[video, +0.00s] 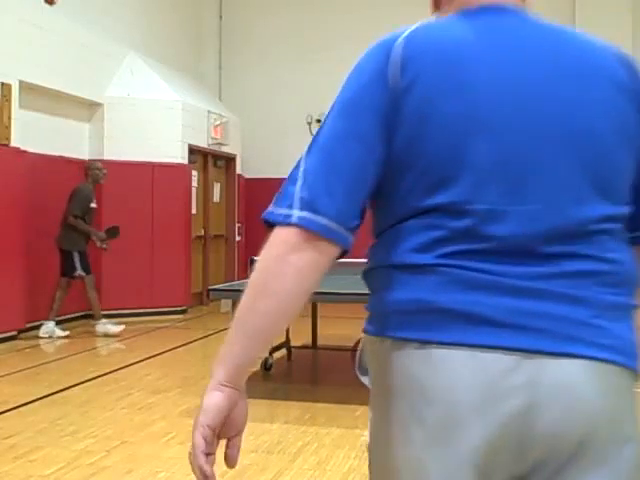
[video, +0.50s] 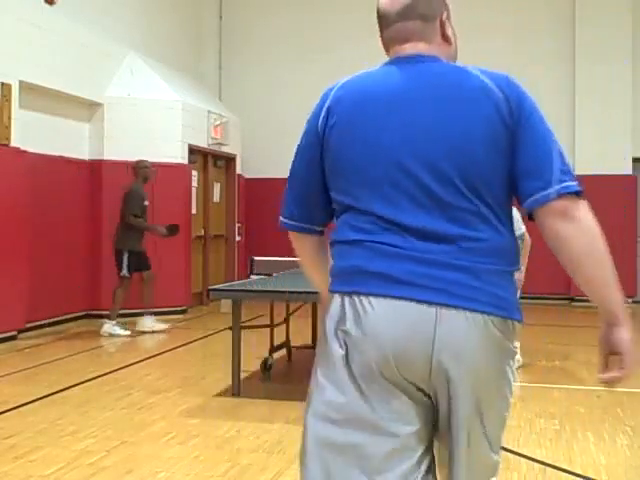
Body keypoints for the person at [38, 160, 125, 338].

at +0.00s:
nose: (104, 173)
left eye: (103, 170)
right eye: (100, 170)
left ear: (95, 173)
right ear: (90, 172)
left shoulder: (89, 192)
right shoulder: (83, 191)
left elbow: (83, 221)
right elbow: (72, 218)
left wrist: (96, 239)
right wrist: (94, 233)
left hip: (72, 242)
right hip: (73, 243)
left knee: (64, 283)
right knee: (89, 280)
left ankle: (49, 324)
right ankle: (100, 322)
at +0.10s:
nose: (112, 174)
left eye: (112, 171)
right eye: (108, 171)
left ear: (107, 175)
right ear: (99, 174)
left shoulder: (99, 195)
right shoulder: (92, 194)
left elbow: (94, 223)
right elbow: (82, 222)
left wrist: (106, 240)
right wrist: (106, 234)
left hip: (83, 245)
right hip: (84, 246)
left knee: (74, 283)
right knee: (102, 280)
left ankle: (51, 322)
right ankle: (107, 323)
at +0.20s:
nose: (123, 174)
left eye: (122, 171)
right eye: (119, 171)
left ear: (113, 175)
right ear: (109, 174)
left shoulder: (110, 195)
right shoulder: (102, 194)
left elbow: (106, 223)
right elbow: (94, 222)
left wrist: (117, 241)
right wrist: (117, 235)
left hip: (98, 245)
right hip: (96, 246)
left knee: (92, 283)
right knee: (112, 280)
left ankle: (63, 315)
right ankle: (109, 322)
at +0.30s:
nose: (130, 173)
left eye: (130, 169)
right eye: (126, 169)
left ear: (124, 173)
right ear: (118, 172)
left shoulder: (120, 192)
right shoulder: (112, 192)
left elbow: (117, 220)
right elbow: (105, 219)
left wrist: (124, 239)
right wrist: (129, 231)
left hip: (113, 243)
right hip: (107, 244)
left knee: (114, 280)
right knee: (117, 280)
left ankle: (85, 307)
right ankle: (110, 322)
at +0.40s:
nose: (139, 171)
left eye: (139, 167)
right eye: (135, 167)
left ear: (136, 171)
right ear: (126, 171)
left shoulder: (130, 191)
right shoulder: (122, 191)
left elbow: (129, 218)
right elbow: (118, 218)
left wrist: (145, 228)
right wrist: (141, 228)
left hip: (126, 244)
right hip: (117, 244)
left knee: (133, 277)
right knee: (120, 280)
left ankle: (110, 313)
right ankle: (111, 321)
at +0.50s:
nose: (150, 172)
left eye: (150, 168)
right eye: (147, 168)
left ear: (144, 172)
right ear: (138, 171)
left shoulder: (141, 193)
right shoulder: (133, 192)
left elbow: (138, 220)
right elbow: (129, 218)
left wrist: (158, 229)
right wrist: (154, 228)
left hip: (136, 244)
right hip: (125, 244)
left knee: (148, 276)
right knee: (124, 281)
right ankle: (111, 322)